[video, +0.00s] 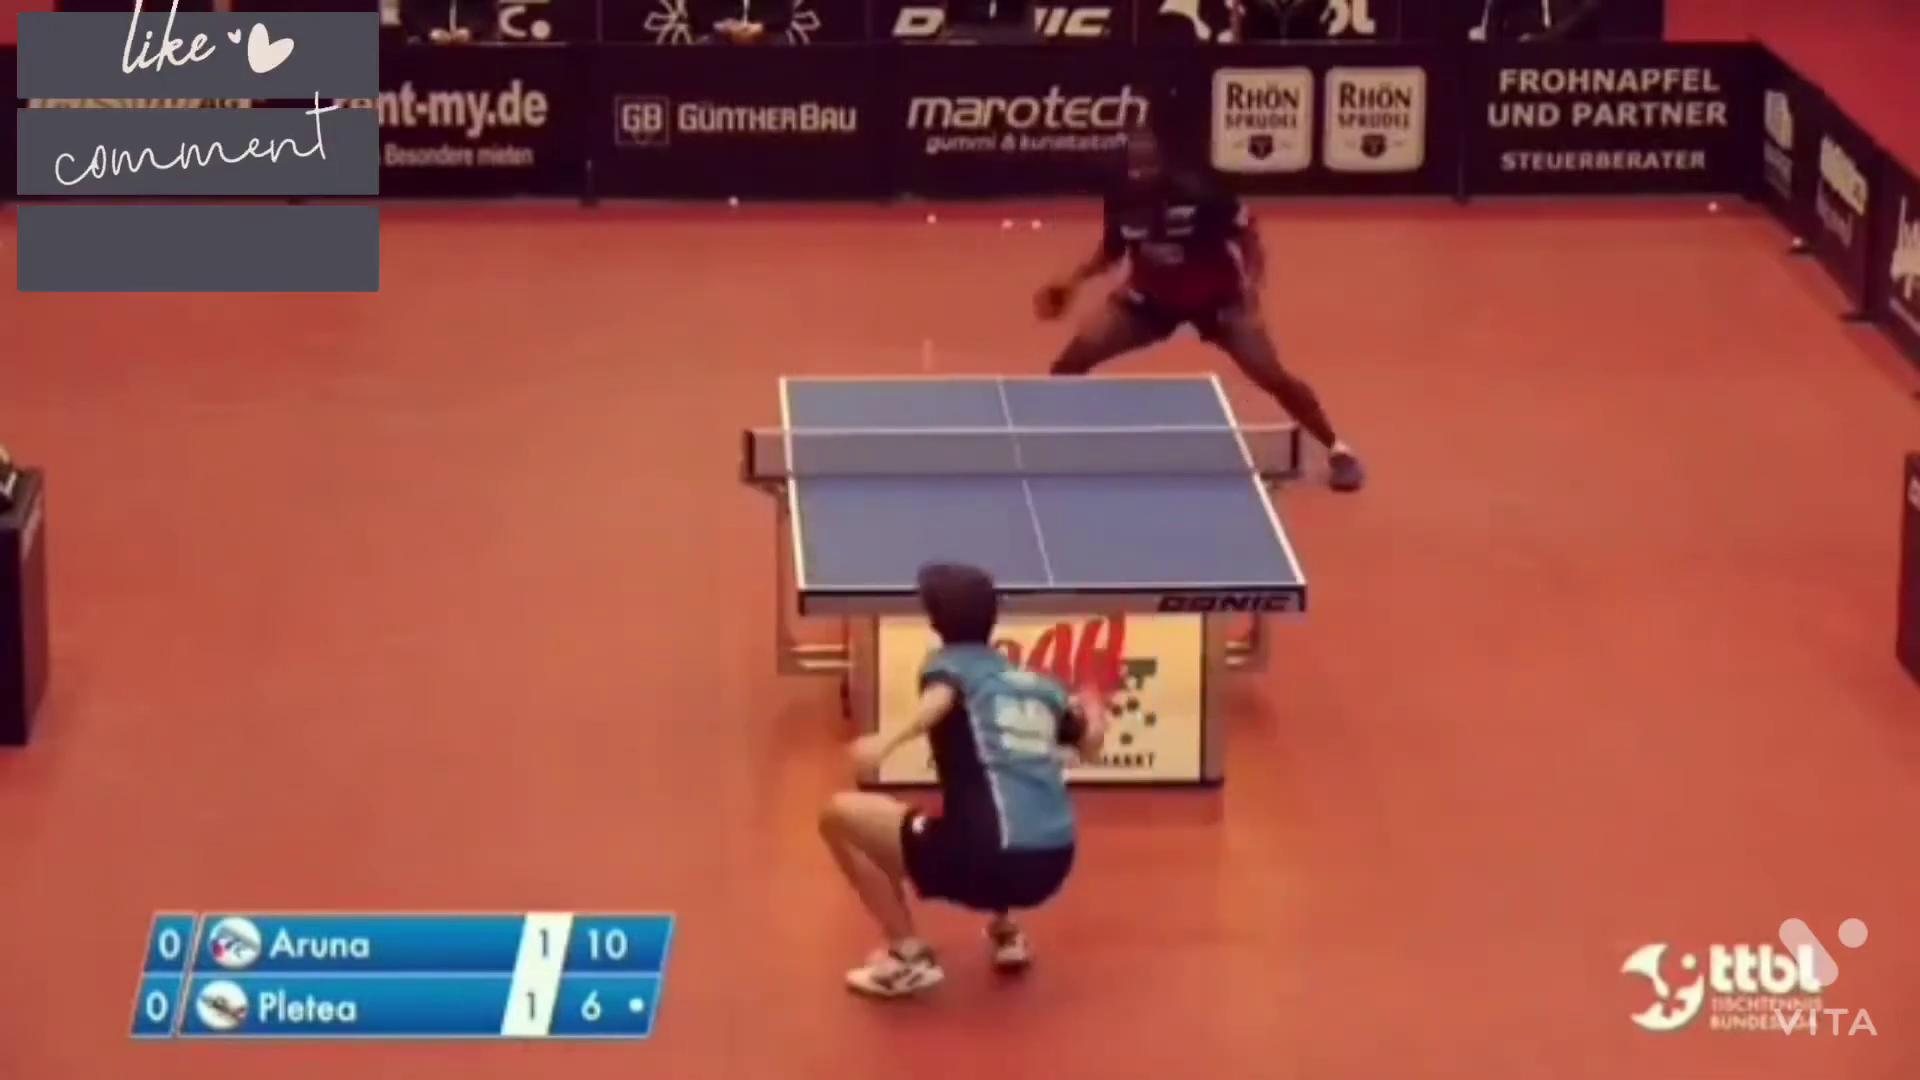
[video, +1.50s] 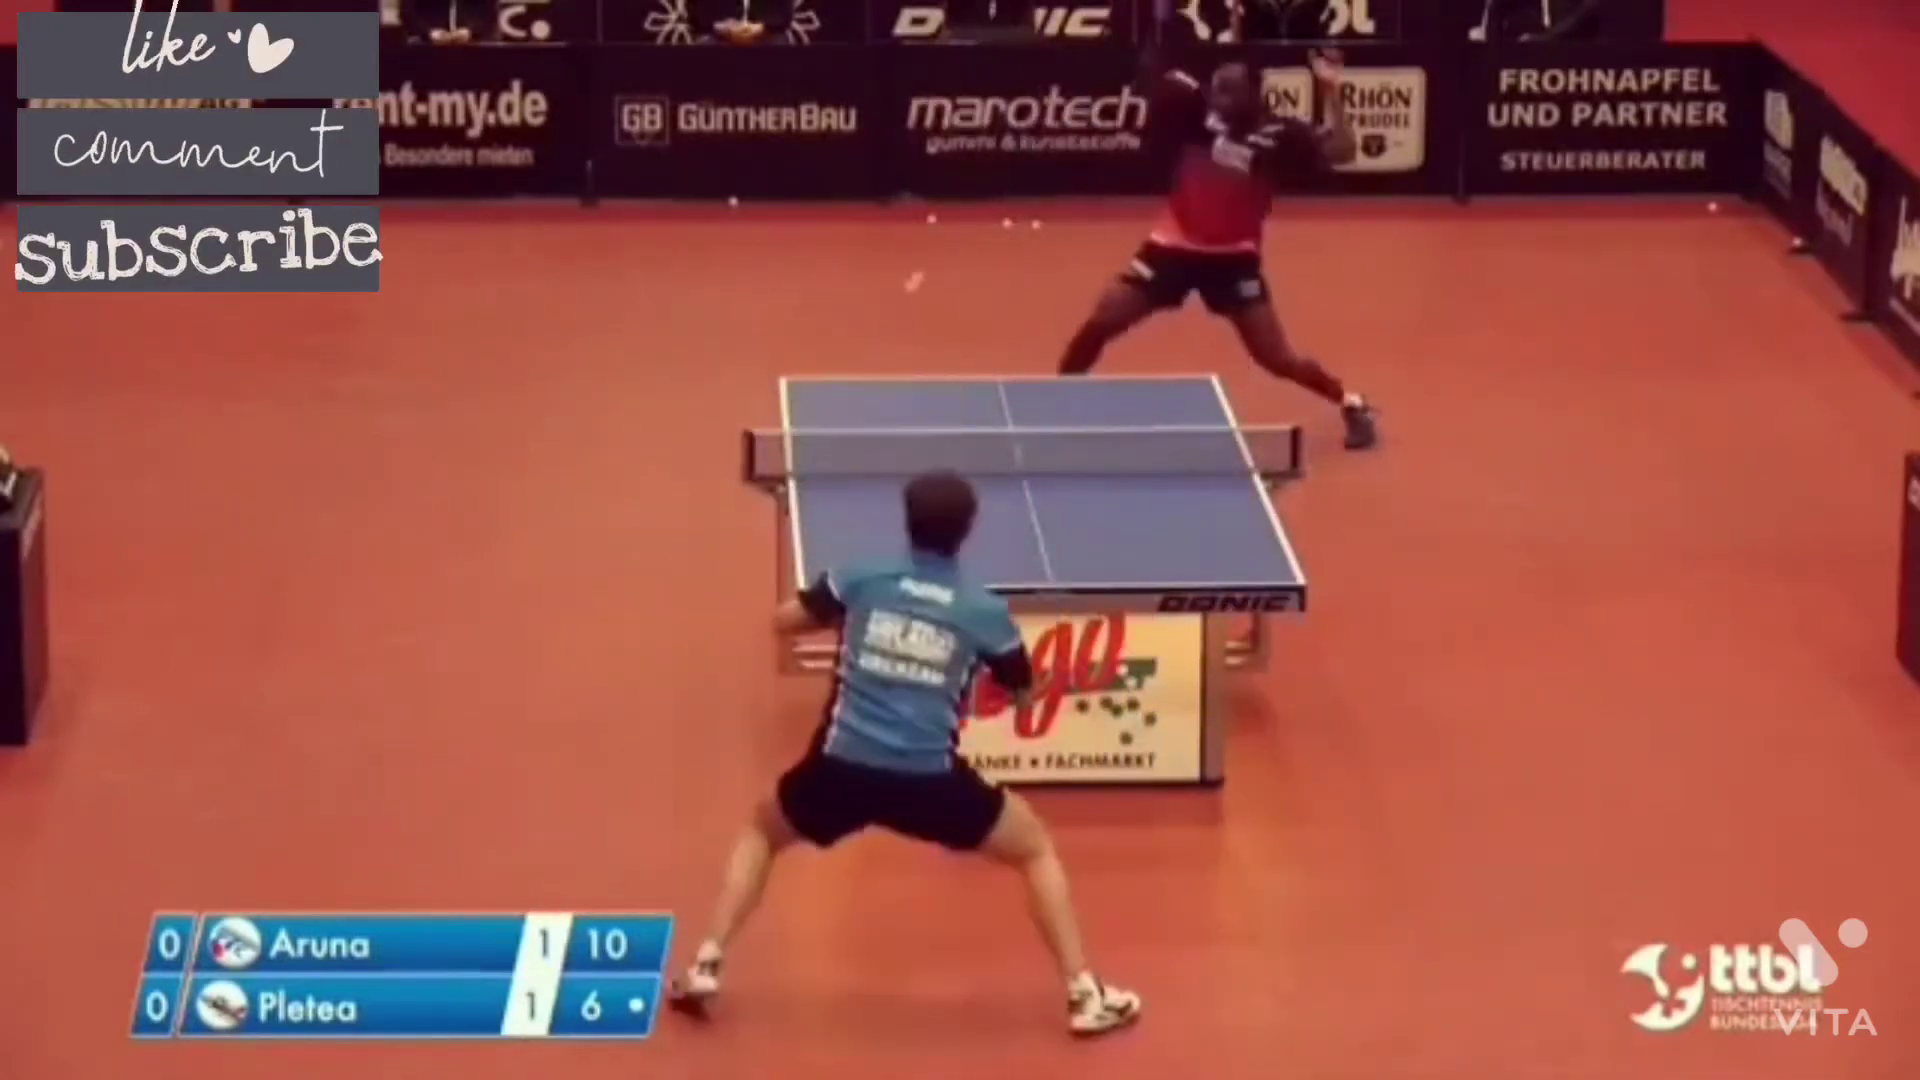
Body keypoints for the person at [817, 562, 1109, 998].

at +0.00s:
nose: (928, 620)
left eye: (930, 611)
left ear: (936, 623)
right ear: (990, 618)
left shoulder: (949, 664)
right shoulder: (1031, 680)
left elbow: (938, 704)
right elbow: (1090, 746)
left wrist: (881, 744)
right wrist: (1093, 718)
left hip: (982, 869)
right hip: (1049, 869)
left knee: (839, 816)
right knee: (979, 807)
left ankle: (907, 953)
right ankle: (1006, 930)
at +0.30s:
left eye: (963, 507)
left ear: (964, 516)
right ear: (1023, 523)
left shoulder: (923, 576)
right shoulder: (1043, 603)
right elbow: (1074, 682)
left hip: (906, 774)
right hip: (994, 781)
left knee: (840, 788)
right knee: (1057, 763)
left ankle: (804, 911)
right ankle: (1055, 917)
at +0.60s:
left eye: (835, 412)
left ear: (831, 421)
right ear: (886, 419)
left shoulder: (824, 474)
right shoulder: (925, 475)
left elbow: (773, 476)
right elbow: (950, 505)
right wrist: (938, 465)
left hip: (848, 675)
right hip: (929, 676)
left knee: (765, 757)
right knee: (1003, 784)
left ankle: (742, 898)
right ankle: (1065, 915)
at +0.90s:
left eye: (694, 406)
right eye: (756, 401)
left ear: (696, 417)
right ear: (757, 409)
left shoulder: (685, 497)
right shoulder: (791, 468)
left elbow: (626, 539)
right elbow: (876, 446)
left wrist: (604, 551)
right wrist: (910, 360)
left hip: (741, 679)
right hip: (825, 667)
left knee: (658, 799)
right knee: (920, 772)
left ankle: (581, 908)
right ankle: (1001, 888)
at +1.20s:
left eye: (747, 439)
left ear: (742, 452)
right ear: (804, 455)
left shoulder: (716, 522)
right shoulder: (828, 523)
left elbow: (651, 584)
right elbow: (904, 588)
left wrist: (693, 560)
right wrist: (901, 553)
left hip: (741, 714)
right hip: (831, 711)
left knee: (654, 822)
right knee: (946, 774)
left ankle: (571, 920)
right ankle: (1005, 911)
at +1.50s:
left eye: (926, 516)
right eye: (959, 518)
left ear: (908, 525)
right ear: (966, 531)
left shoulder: (865, 582)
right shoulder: (982, 610)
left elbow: (786, 619)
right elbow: (1019, 685)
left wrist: (834, 613)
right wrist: (975, 662)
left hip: (842, 771)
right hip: (929, 780)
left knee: (764, 833)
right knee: (1034, 851)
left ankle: (707, 961)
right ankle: (1085, 992)